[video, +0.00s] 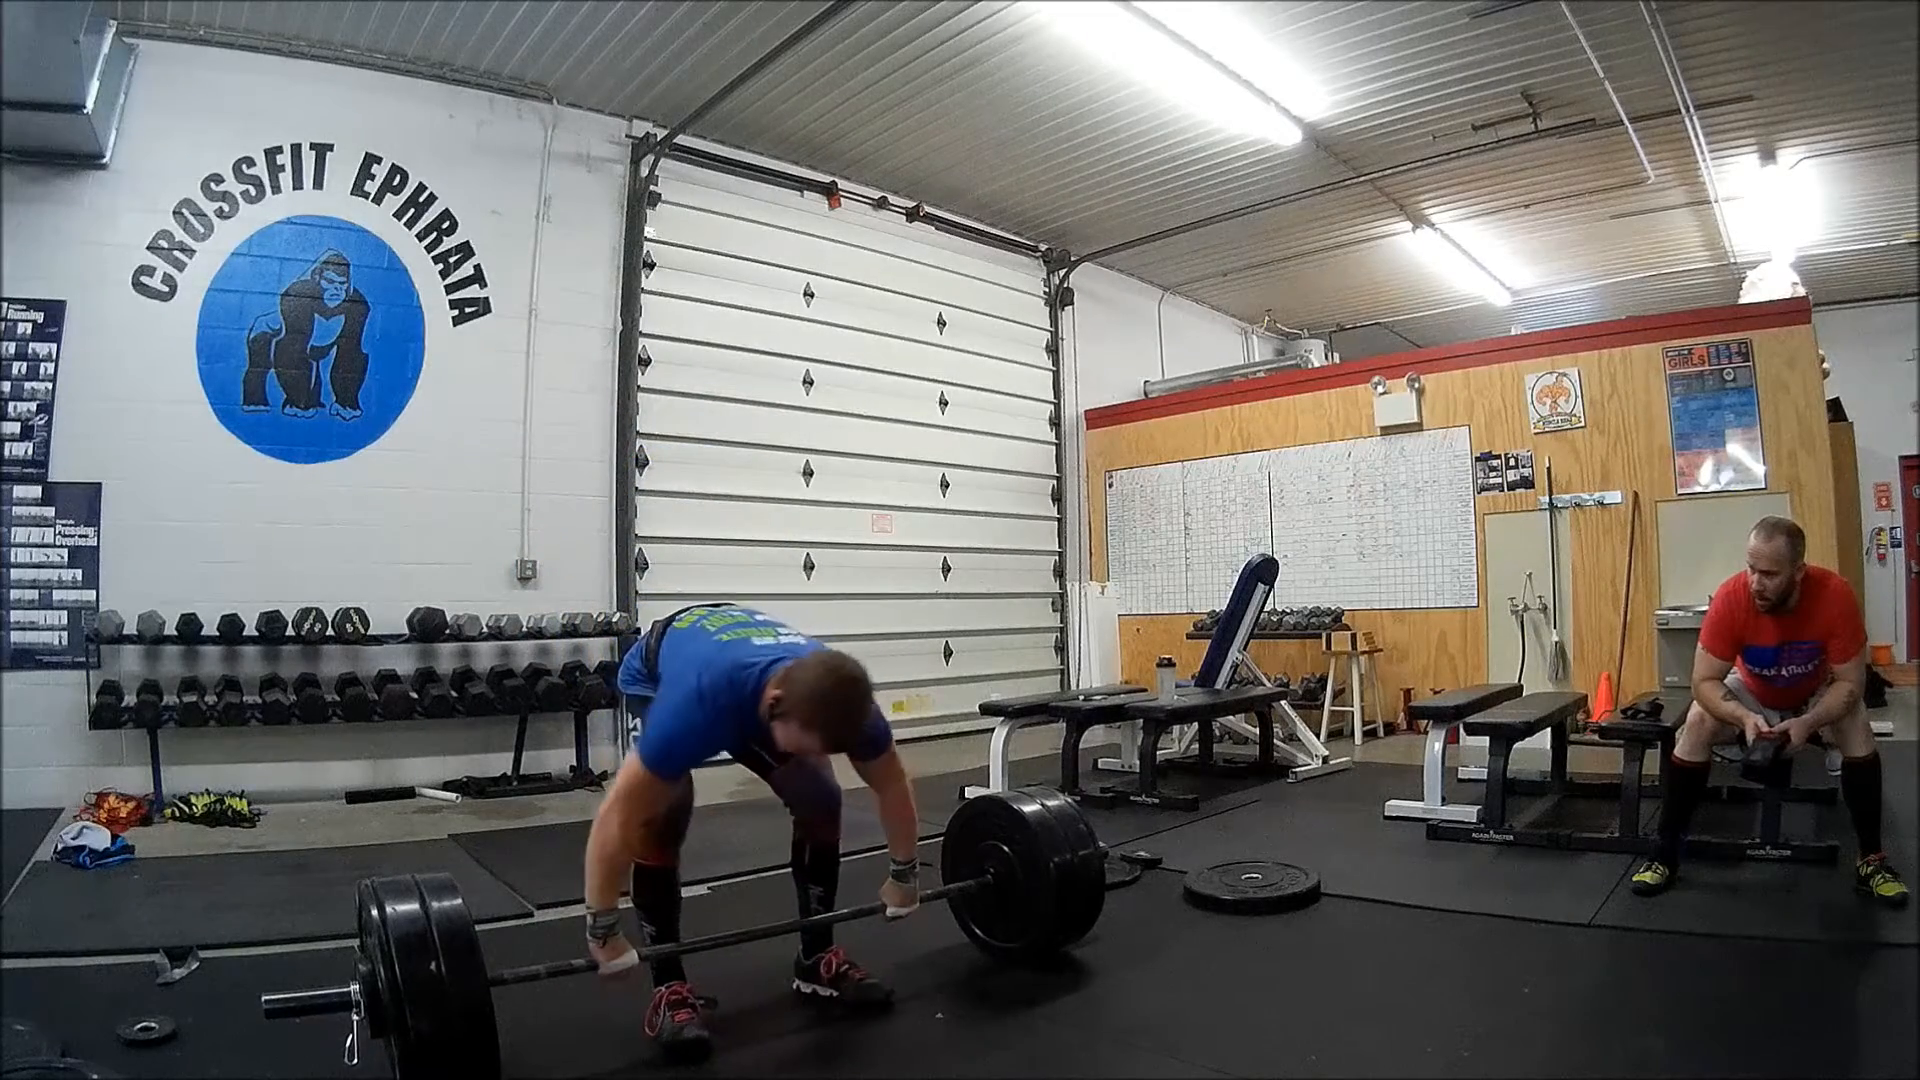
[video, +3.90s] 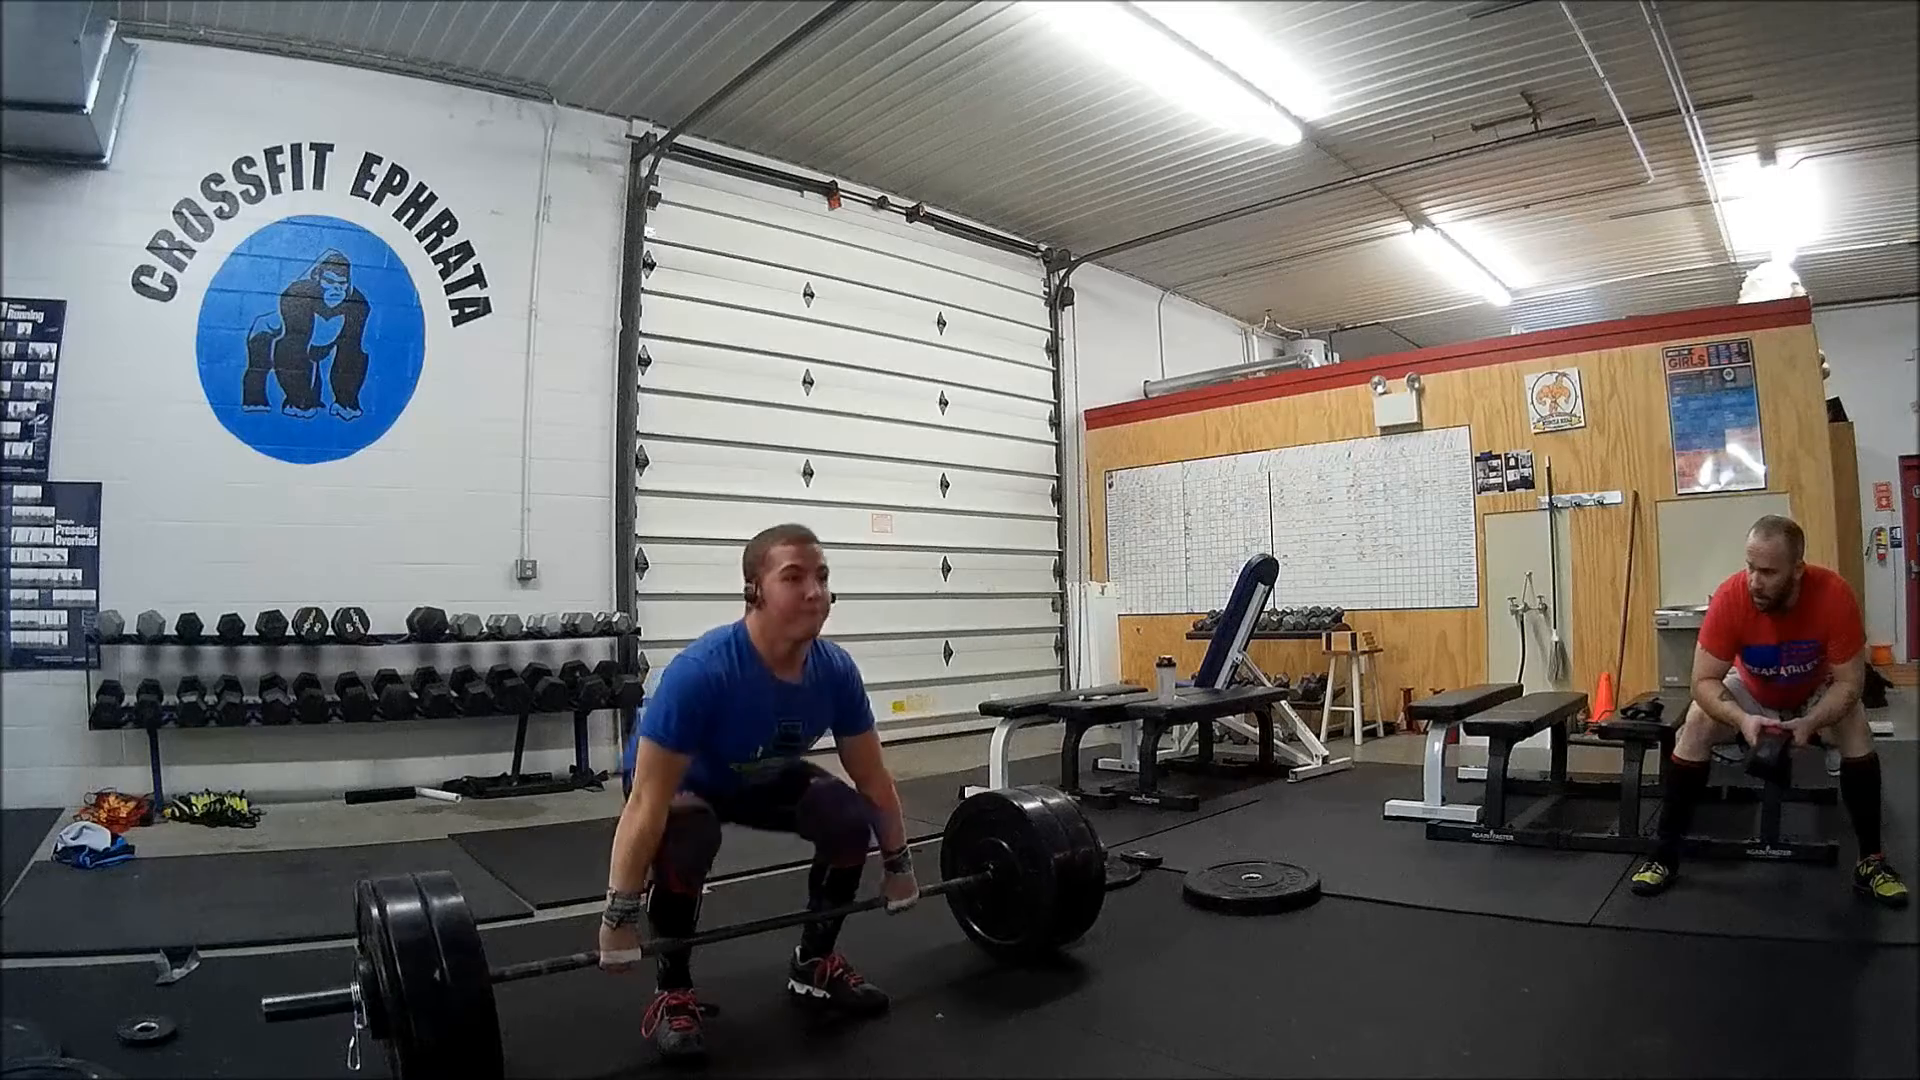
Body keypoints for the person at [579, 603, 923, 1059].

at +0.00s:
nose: (808, 762)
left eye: (822, 755)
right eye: (801, 750)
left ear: (843, 722)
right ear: (774, 703)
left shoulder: (848, 707)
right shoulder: (697, 704)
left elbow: (890, 782)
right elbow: (617, 811)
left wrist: (906, 873)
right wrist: (602, 930)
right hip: (651, 679)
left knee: (820, 800)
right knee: (665, 816)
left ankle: (817, 959)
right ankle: (670, 990)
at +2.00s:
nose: (822, 789)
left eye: (838, 782)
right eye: (815, 776)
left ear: (866, 743)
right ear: (785, 726)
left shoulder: (865, 722)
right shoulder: (698, 707)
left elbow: (898, 794)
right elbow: (628, 818)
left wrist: (907, 877)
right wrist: (603, 932)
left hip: (772, 647)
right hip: (671, 667)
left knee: (827, 807)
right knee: (679, 816)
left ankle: (816, 959)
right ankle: (672, 989)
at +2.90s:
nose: (836, 724)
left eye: (847, 710)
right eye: (824, 710)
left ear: (862, 693)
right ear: (789, 675)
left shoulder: (848, 688)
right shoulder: (703, 685)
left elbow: (880, 784)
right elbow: (651, 812)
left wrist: (901, 868)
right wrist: (619, 923)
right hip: (650, 675)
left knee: (805, 799)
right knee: (659, 826)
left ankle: (813, 959)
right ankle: (670, 990)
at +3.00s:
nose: (840, 662)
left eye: (848, 644)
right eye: (826, 643)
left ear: (856, 637)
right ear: (782, 635)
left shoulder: (847, 687)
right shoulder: (701, 681)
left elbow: (880, 780)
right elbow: (647, 809)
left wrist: (900, 871)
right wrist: (618, 922)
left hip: (742, 721)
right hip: (659, 716)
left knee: (831, 805)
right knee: (672, 819)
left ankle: (815, 961)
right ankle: (671, 994)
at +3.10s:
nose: (824, 616)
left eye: (830, 600)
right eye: (805, 601)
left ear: (837, 606)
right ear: (761, 609)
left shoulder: (839, 684)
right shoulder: (698, 680)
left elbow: (879, 776)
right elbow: (639, 800)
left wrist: (902, 869)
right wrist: (619, 921)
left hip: (762, 770)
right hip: (678, 773)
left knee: (852, 817)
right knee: (674, 830)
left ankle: (814, 963)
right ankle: (673, 997)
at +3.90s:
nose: (814, 590)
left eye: (820, 575)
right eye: (794, 577)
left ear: (830, 587)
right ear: (755, 591)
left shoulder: (835, 672)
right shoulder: (698, 674)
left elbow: (871, 776)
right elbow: (648, 797)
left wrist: (898, 862)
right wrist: (619, 912)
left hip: (765, 779)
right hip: (685, 784)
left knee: (851, 819)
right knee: (690, 834)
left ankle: (815, 963)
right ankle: (674, 996)